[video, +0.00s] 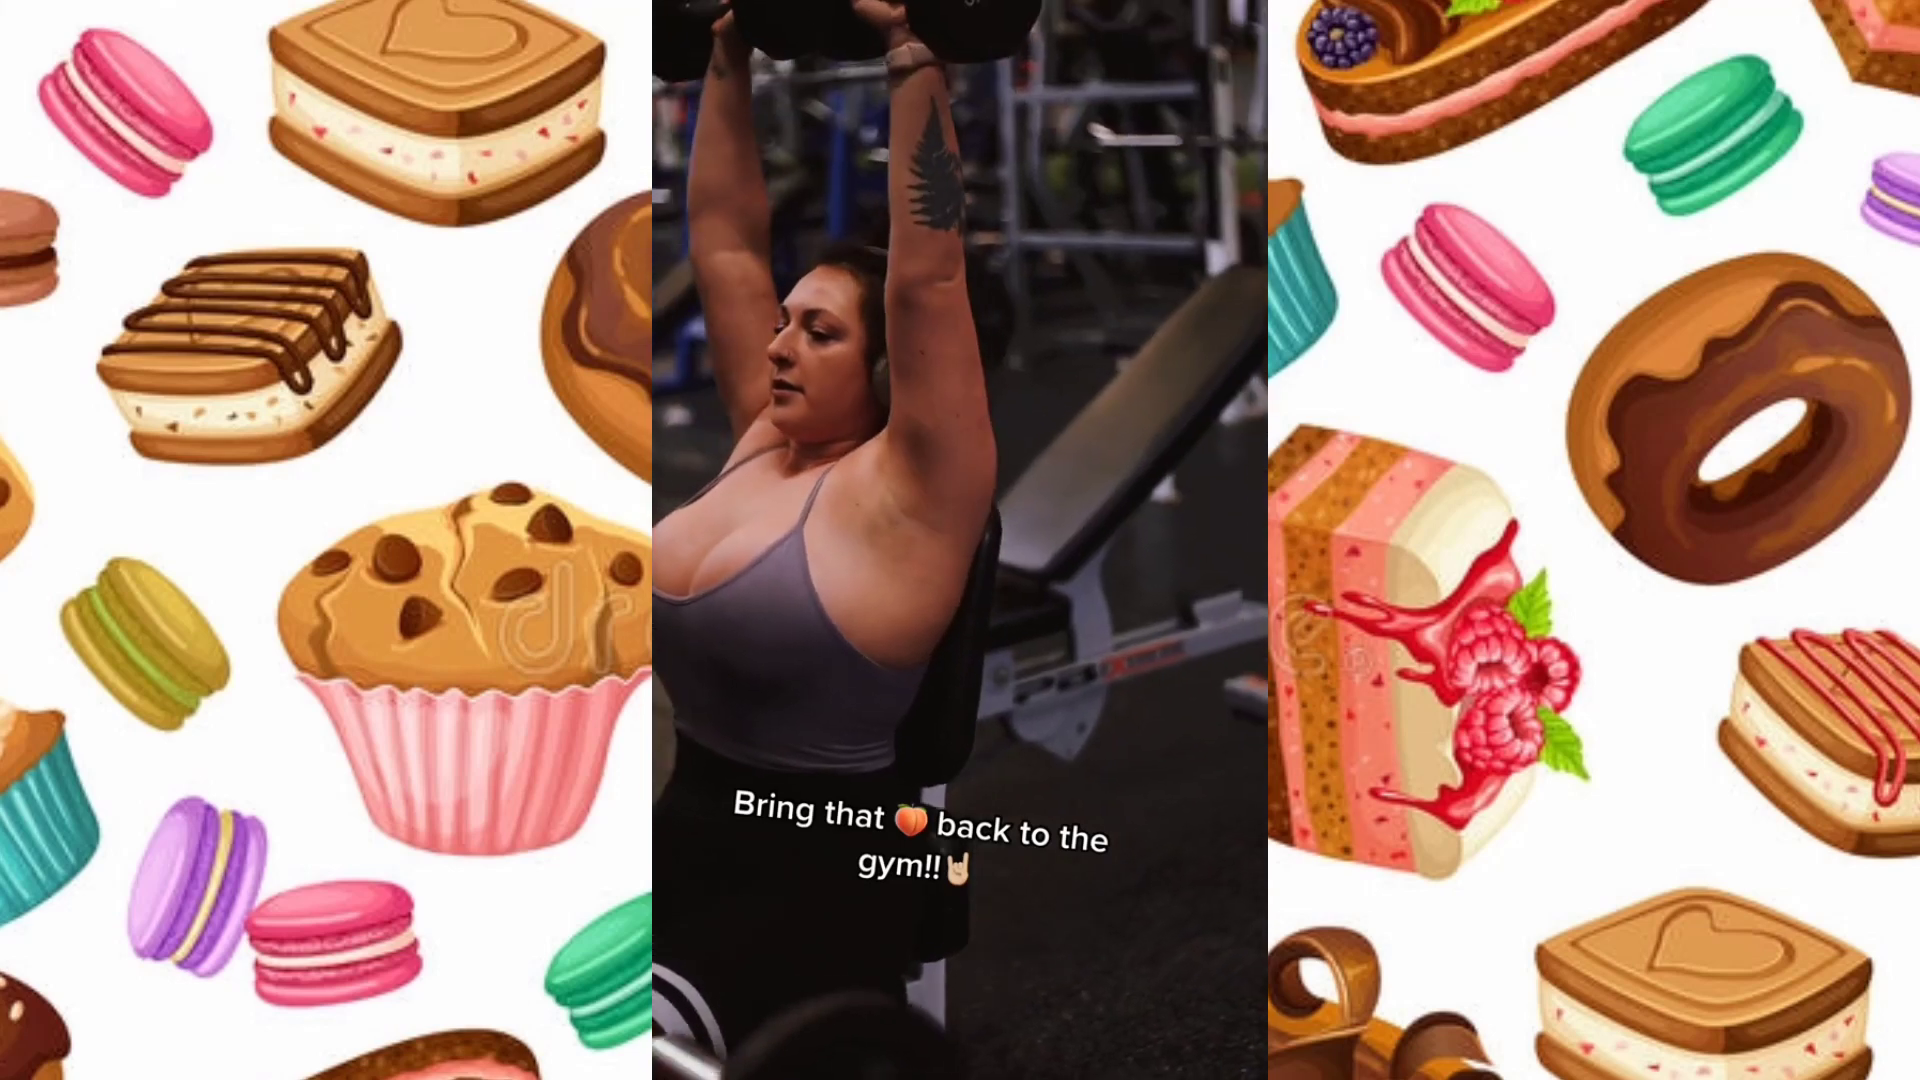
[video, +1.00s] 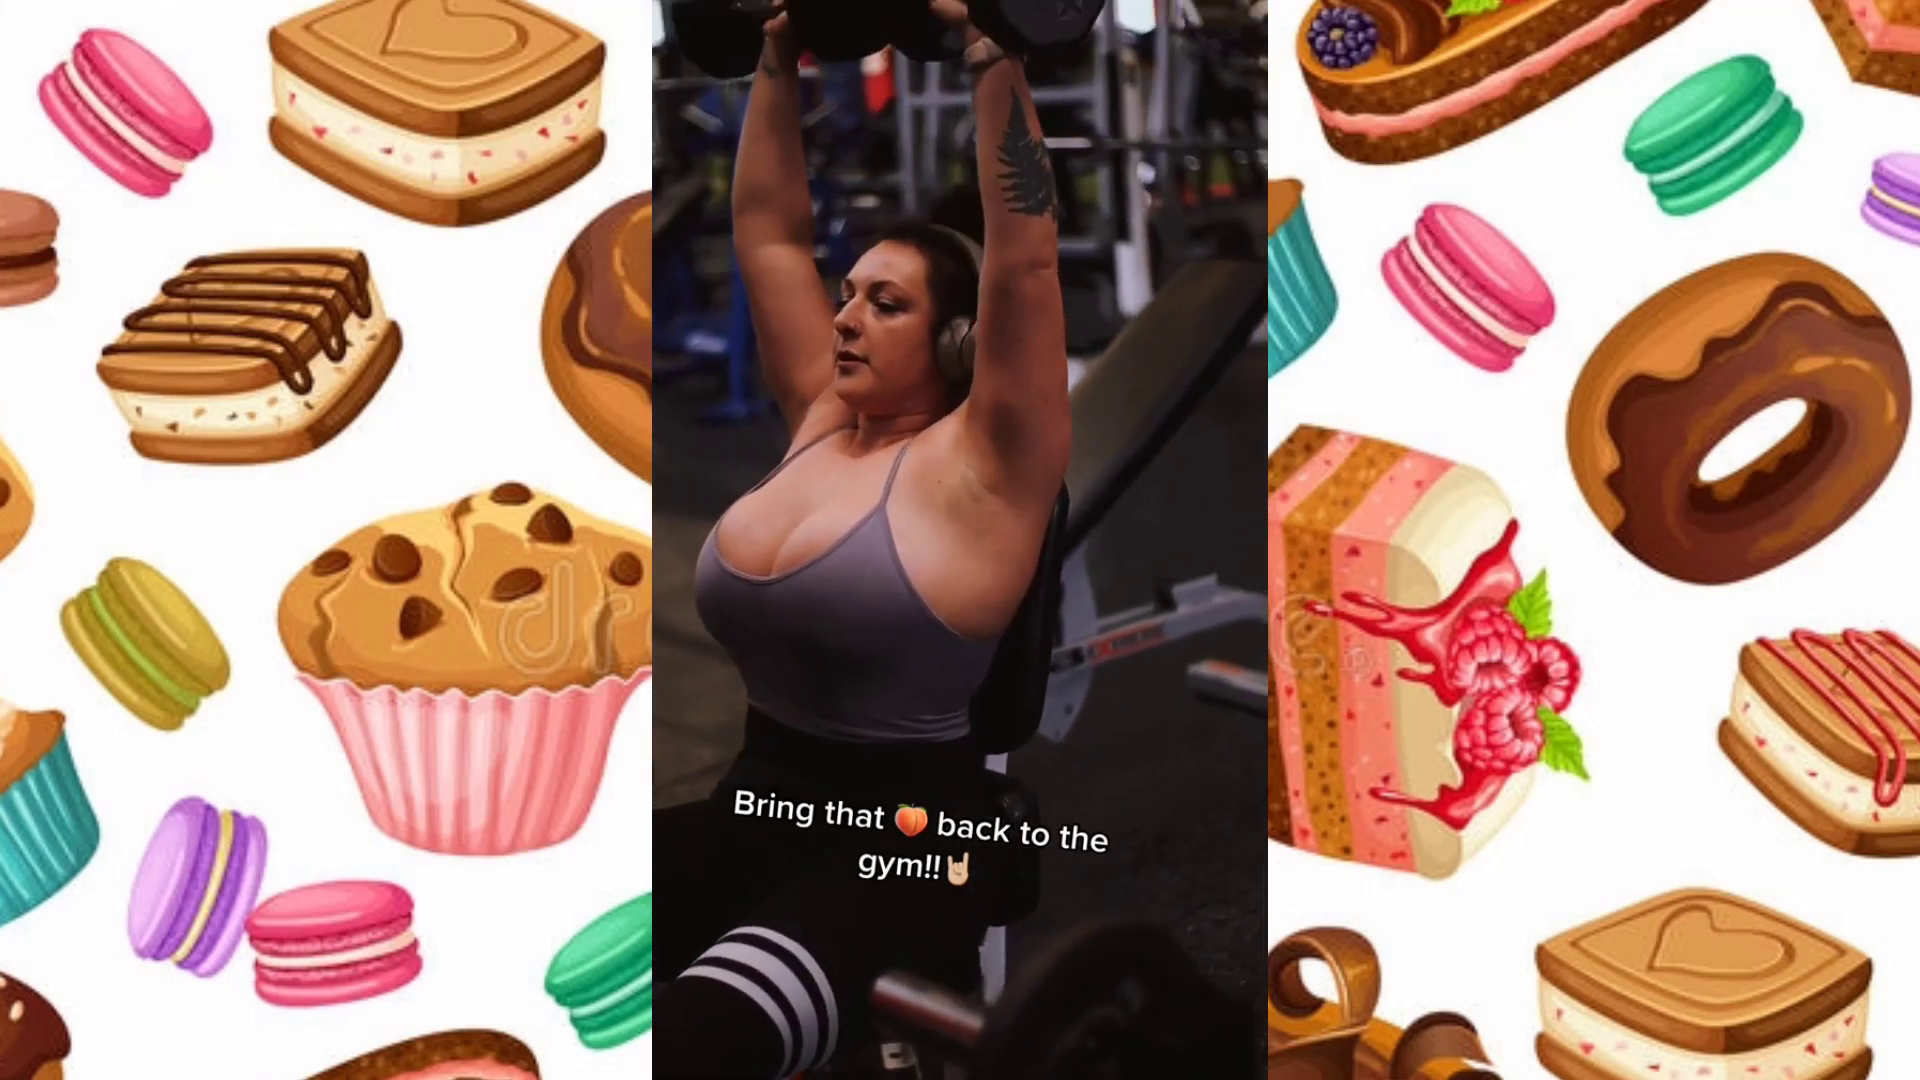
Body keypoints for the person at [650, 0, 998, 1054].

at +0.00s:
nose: (782, 343)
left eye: (818, 330)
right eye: (784, 322)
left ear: (884, 364)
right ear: (774, 340)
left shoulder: (916, 481)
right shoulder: (766, 440)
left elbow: (929, 277)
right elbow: (724, 243)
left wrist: (911, 52)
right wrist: (728, 48)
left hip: (821, 876)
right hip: (697, 843)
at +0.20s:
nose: (814, 332)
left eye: (852, 317)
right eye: (818, 306)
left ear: (914, 347)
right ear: (802, 320)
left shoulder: (950, 464)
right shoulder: (794, 424)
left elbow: (953, 260)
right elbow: (759, 223)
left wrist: (922, 42)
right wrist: (766, 45)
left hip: (866, 852)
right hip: (731, 823)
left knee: (864, 1055)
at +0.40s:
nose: (858, 295)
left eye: (895, 281)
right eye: (859, 273)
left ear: (957, 311)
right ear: (845, 290)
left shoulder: (991, 427)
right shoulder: (836, 392)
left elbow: (994, 223)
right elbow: (804, 190)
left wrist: (959, 29)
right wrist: (810, 13)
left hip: (897, 825)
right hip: (761, 789)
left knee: (661, 1010)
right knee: (554, 879)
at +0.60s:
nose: (862, 280)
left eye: (898, 266)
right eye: (863, 259)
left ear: (961, 302)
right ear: (848, 278)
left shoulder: (997, 416)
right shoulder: (844, 377)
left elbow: (1002, 212)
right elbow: (809, 178)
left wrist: (966, 25)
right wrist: (814, 8)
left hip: (904, 816)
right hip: (766, 781)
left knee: (665, 998)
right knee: (561, 871)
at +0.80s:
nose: (855, 296)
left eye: (891, 280)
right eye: (855, 274)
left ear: (951, 311)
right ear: (841, 292)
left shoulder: (991, 431)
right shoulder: (830, 396)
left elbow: (1003, 232)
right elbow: (791, 197)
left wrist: (968, 37)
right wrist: (796, 17)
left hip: (892, 831)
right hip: (757, 796)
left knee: (668, 1025)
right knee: (555, 899)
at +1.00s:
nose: (848, 318)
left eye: (887, 303)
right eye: (851, 295)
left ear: (958, 340)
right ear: (838, 314)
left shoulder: (992, 460)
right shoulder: (826, 418)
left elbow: (1026, 260)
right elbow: (769, 231)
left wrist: (993, 54)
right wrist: (777, 48)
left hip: (897, 849)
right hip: (755, 820)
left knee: (696, 1035)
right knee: (552, 913)